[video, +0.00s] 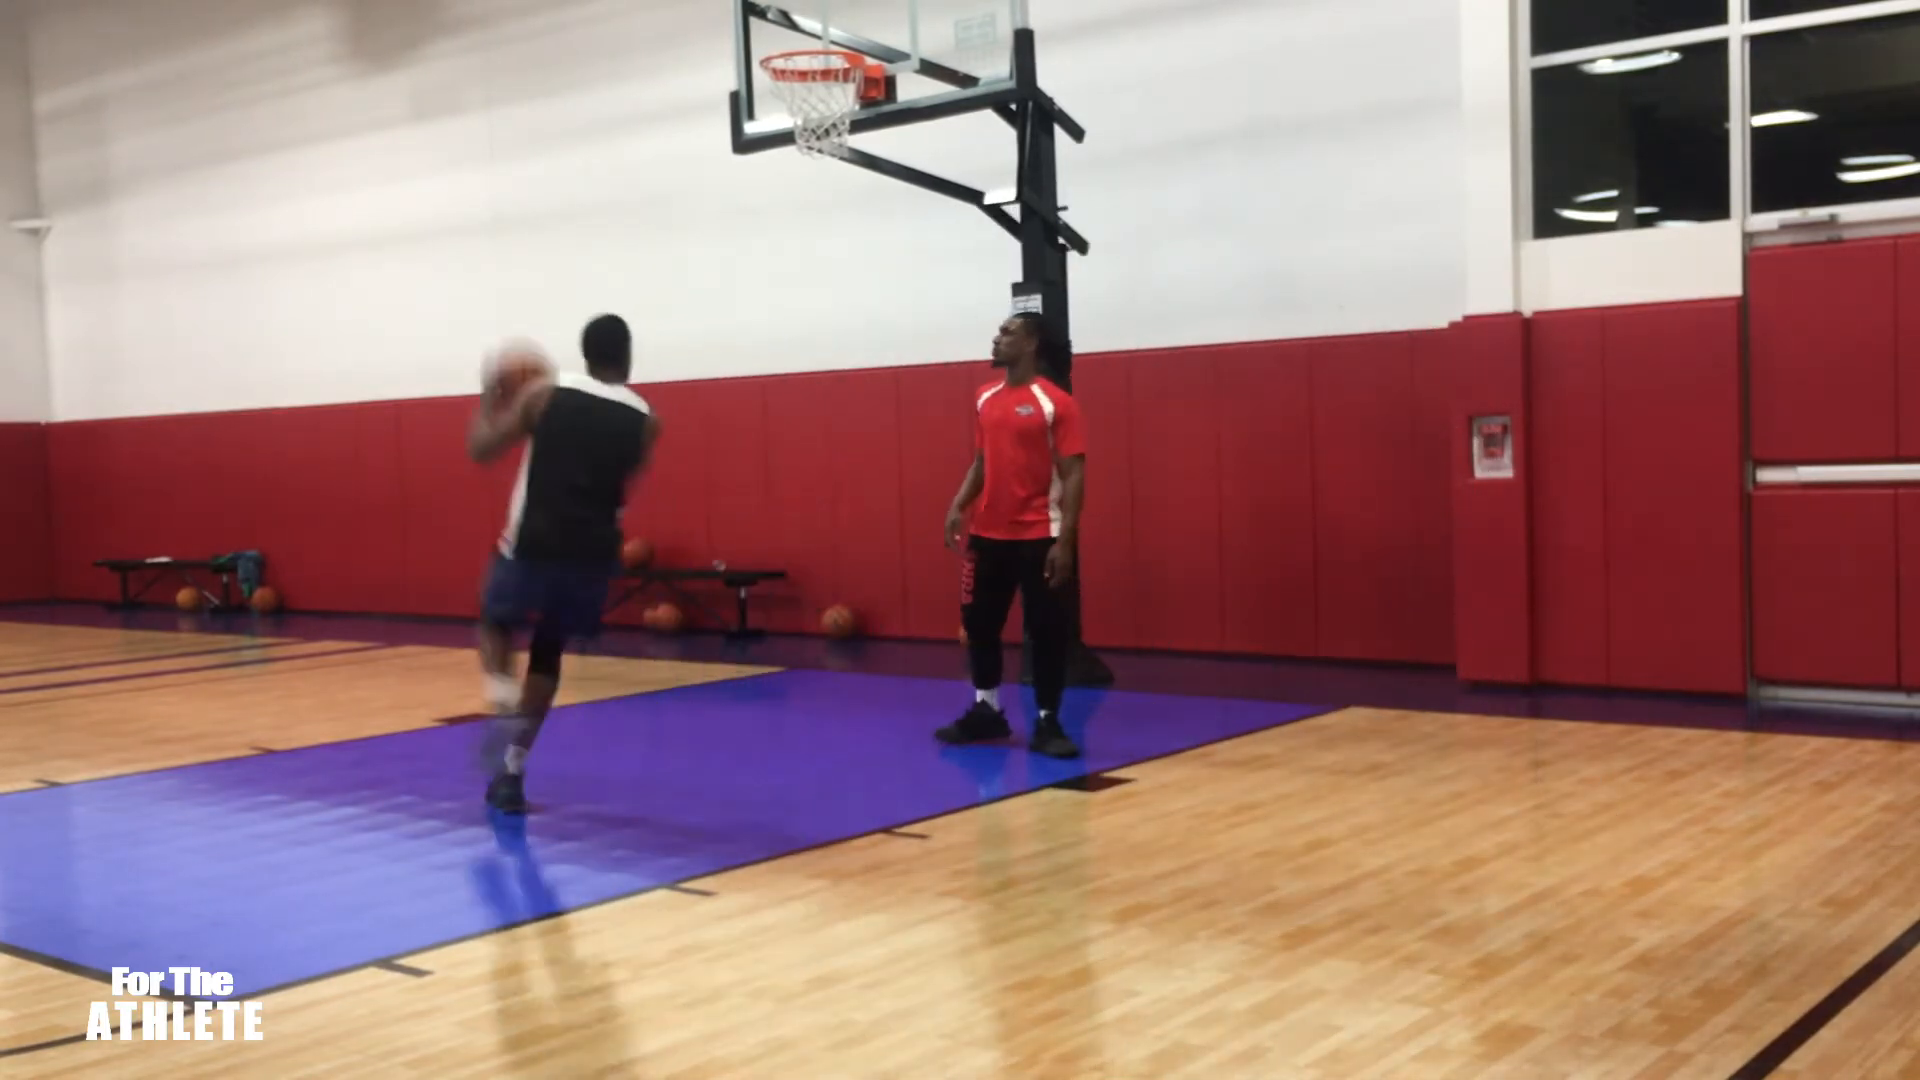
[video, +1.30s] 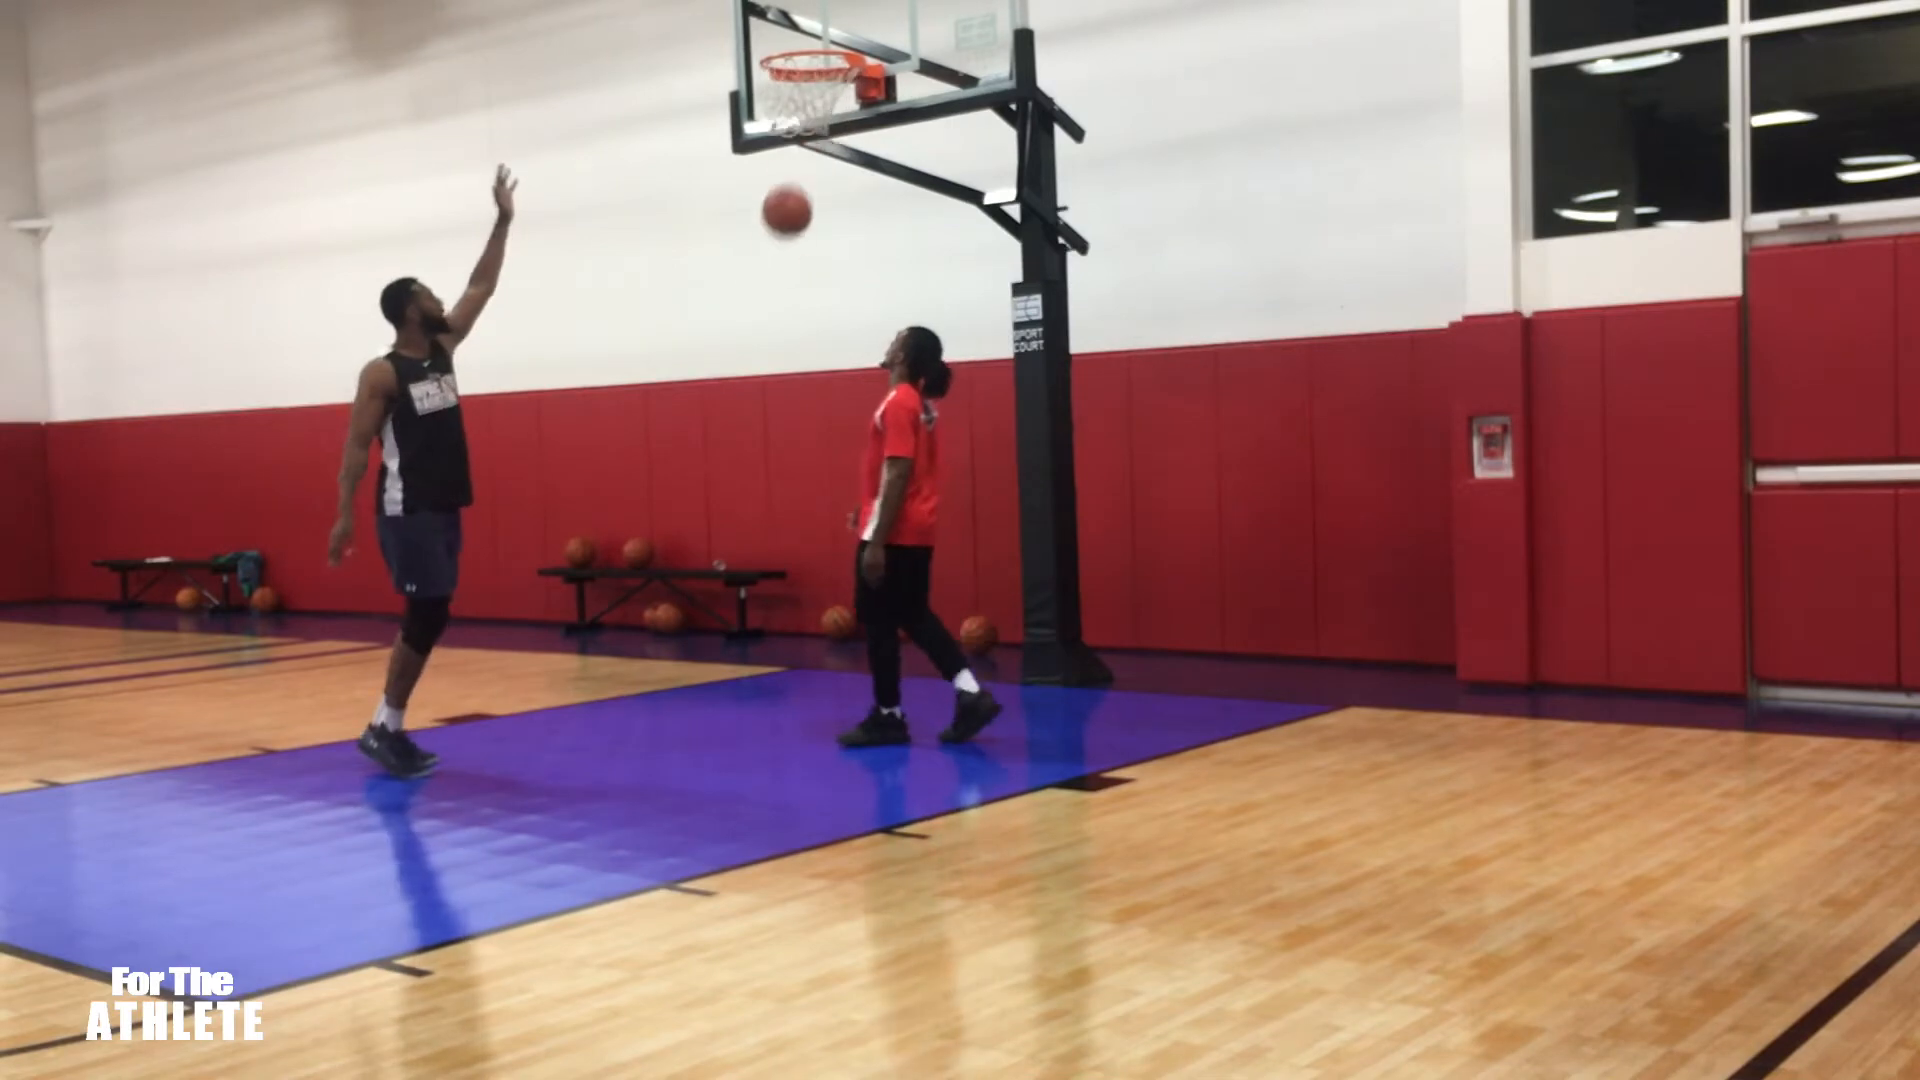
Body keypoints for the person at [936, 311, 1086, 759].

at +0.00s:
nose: (996, 338)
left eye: (1007, 333)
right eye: (998, 331)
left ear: (1032, 345)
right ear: (1005, 343)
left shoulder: (1058, 403)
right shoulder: (986, 397)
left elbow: (1072, 474)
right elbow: (982, 459)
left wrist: (1066, 540)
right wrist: (958, 507)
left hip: (1039, 537)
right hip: (989, 536)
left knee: (1047, 630)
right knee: (979, 622)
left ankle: (1047, 721)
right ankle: (986, 710)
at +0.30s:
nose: (970, 338)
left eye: (983, 335)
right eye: (975, 332)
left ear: (1003, 354)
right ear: (979, 351)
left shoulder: (1010, 403)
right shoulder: (968, 401)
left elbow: (1020, 480)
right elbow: (971, 469)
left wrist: (1006, 544)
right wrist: (940, 508)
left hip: (1004, 540)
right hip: (966, 541)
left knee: (1024, 629)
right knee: (967, 621)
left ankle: (1044, 721)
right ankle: (989, 713)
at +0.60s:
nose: (952, 335)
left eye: (963, 333)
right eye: (957, 330)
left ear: (978, 351)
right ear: (966, 350)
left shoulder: (978, 396)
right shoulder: (957, 396)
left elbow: (977, 469)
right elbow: (956, 469)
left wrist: (939, 530)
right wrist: (923, 503)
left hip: (978, 524)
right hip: (960, 524)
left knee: (978, 618)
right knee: (968, 618)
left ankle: (997, 717)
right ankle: (985, 709)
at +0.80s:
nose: (940, 337)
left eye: (949, 334)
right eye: (945, 332)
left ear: (961, 351)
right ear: (961, 353)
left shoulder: (957, 395)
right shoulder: (954, 395)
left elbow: (956, 467)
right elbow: (952, 469)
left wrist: (923, 533)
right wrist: (917, 503)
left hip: (959, 526)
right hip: (969, 524)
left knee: (936, 615)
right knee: (974, 615)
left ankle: (939, 713)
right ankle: (992, 711)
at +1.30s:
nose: (887, 349)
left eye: (894, 343)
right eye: (892, 343)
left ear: (903, 356)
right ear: (917, 361)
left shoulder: (899, 401)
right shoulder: (916, 402)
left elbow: (897, 473)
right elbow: (903, 471)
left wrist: (877, 538)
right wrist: (868, 507)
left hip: (891, 536)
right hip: (912, 534)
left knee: (878, 624)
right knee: (914, 615)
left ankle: (887, 714)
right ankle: (970, 694)